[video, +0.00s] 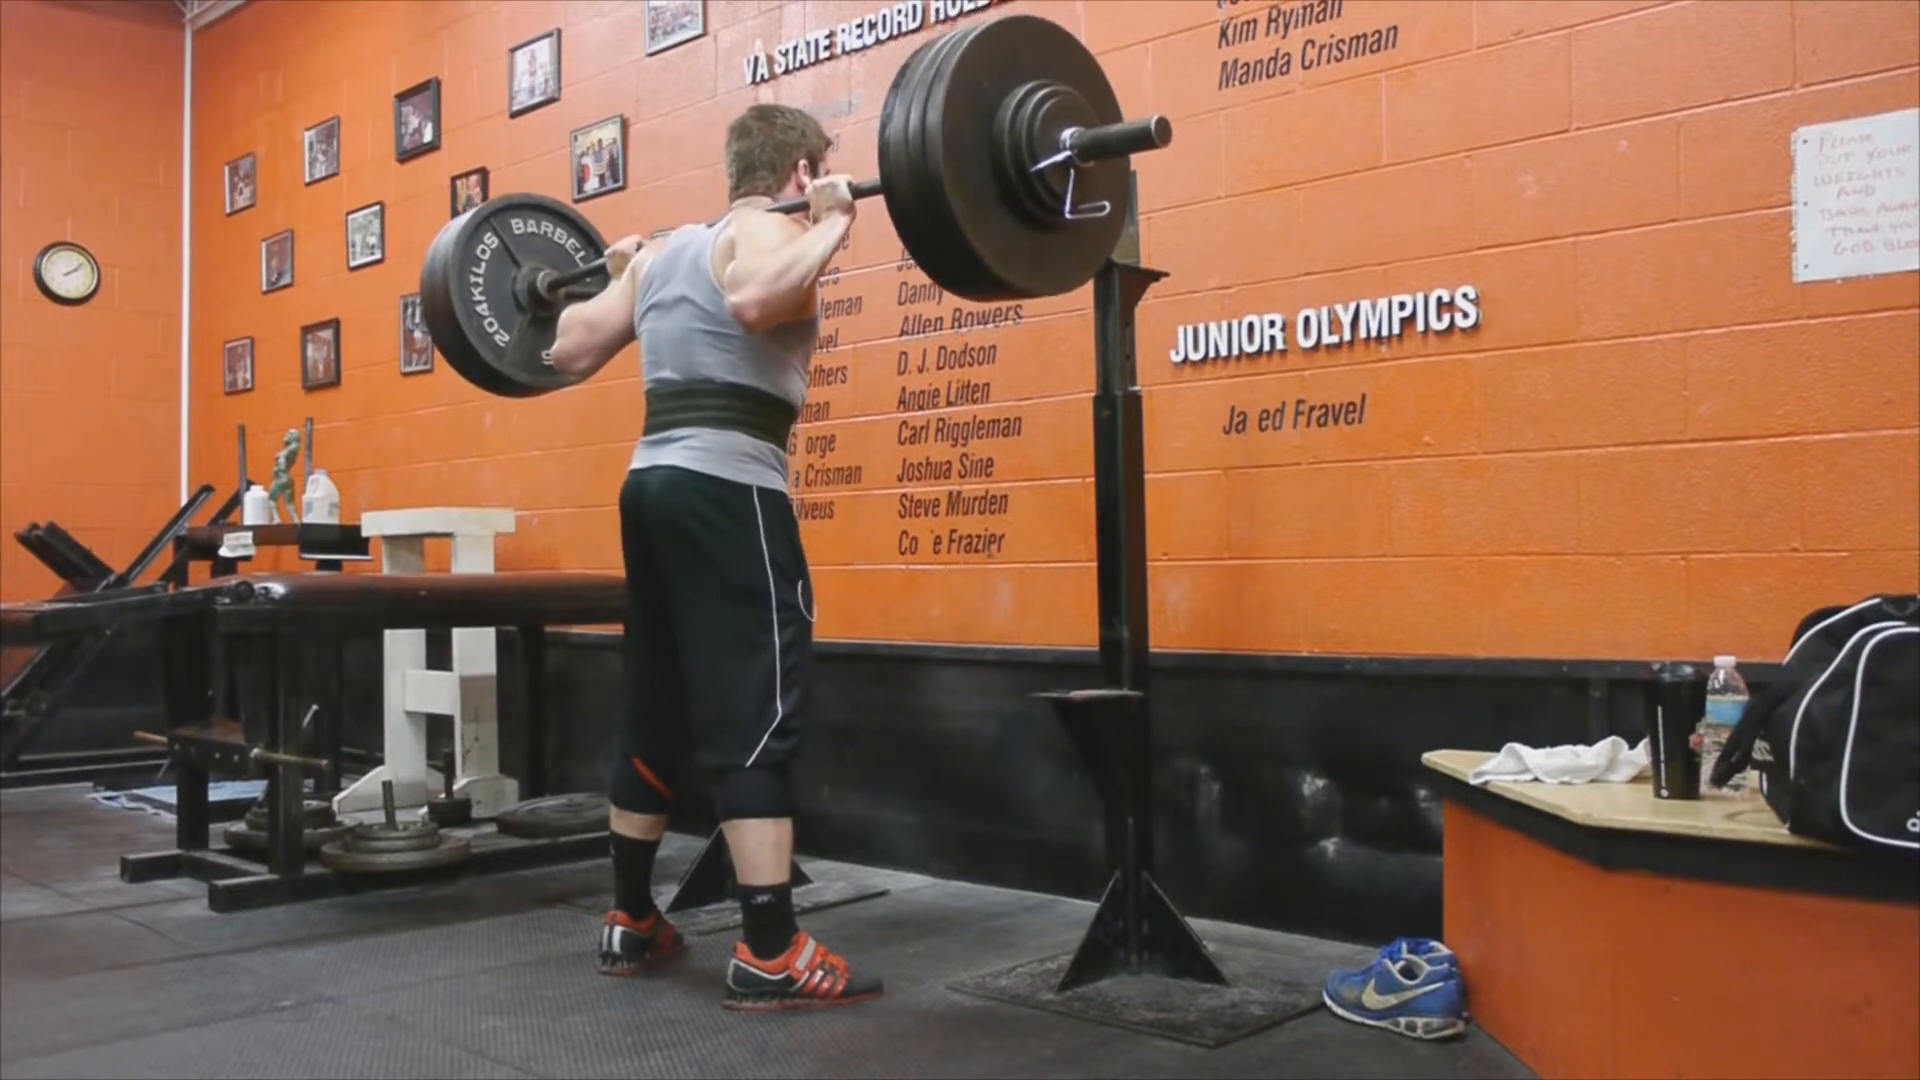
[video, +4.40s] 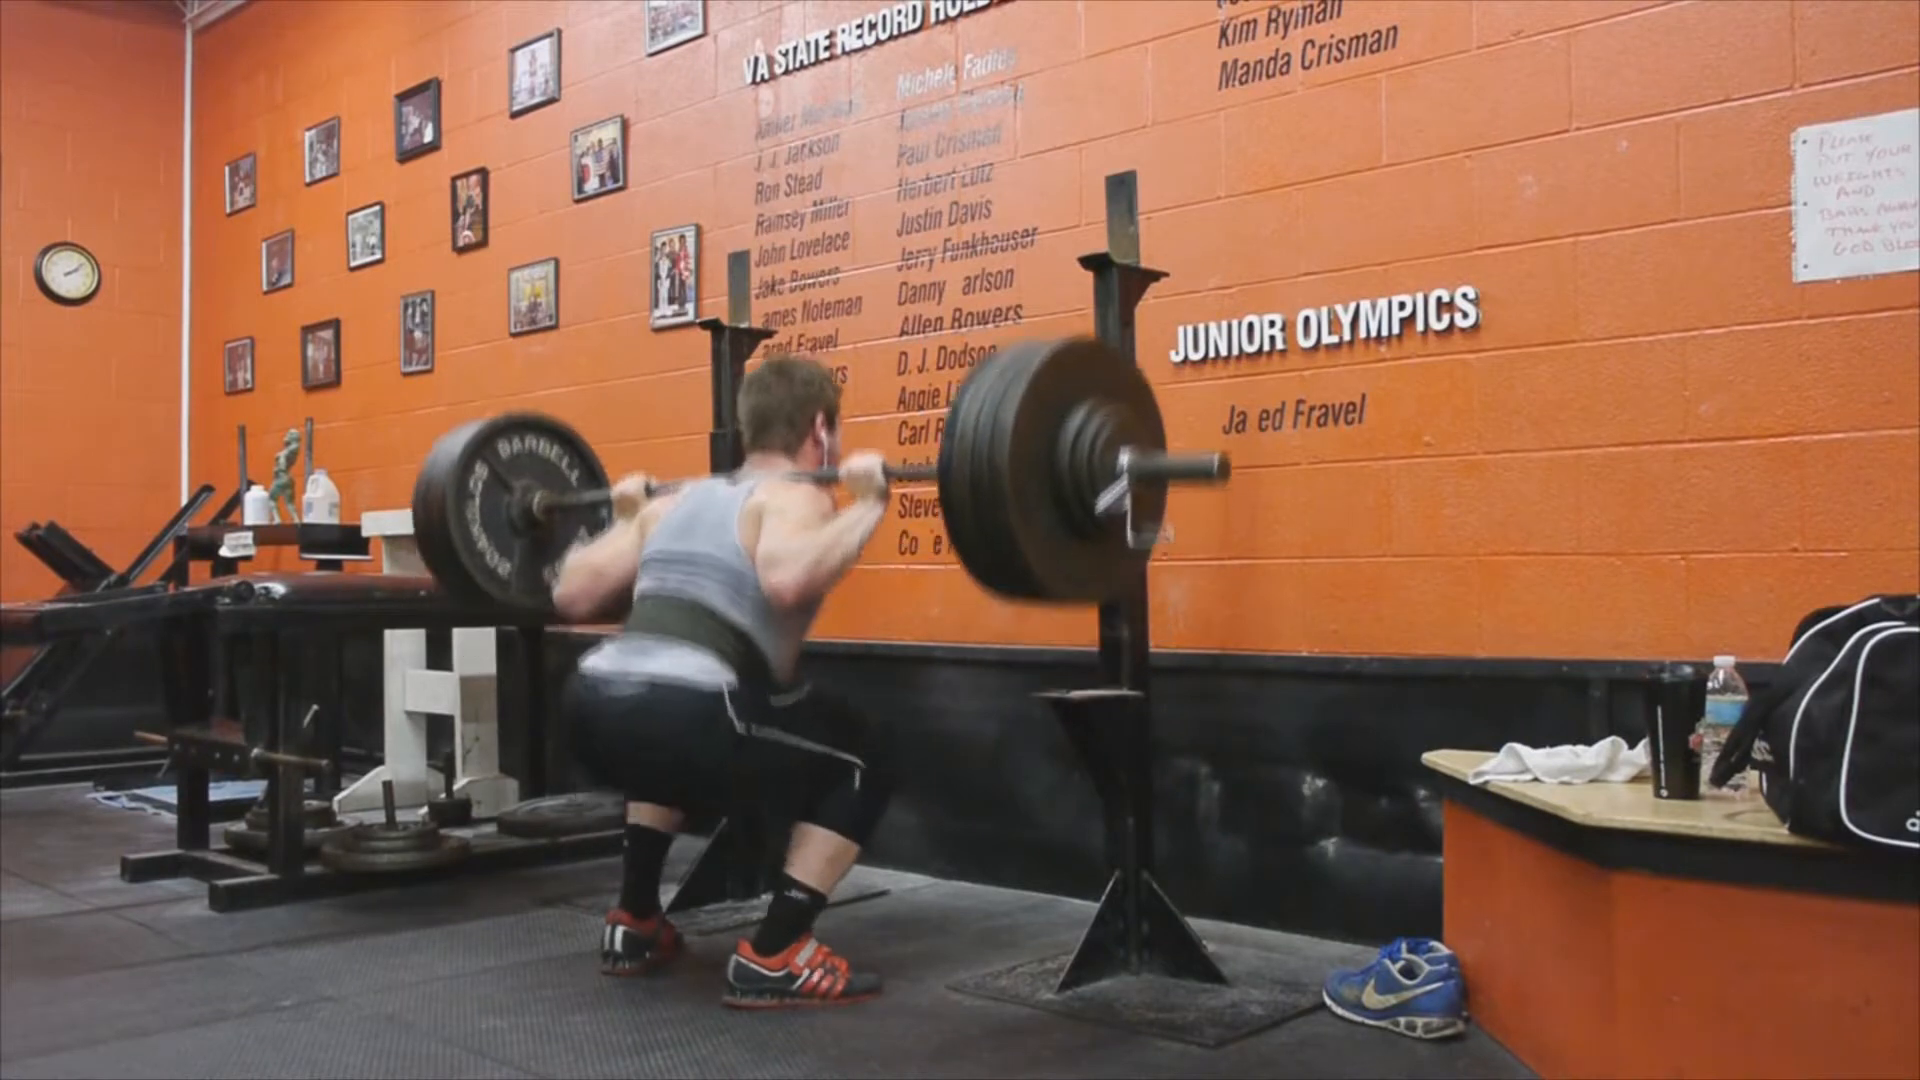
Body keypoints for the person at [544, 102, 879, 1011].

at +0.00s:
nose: (825, 191)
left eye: (825, 175)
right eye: (823, 175)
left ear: (736, 174)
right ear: (799, 170)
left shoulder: (664, 253)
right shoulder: (772, 226)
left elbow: (566, 350)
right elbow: (752, 300)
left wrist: (611, 274)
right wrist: (833, 226)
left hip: (652, 485)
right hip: (728, 486)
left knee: (658, 709)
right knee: (755, 714)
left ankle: (631, 920)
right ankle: (770, 947)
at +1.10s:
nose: (826, 285)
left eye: (825, 272)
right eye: (825, 272)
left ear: (739, 272)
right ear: (806, 271)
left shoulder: (670, 344)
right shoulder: (779, 332)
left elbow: (574, 444)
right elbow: (767, 407)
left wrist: (621, 363)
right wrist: (846, 333)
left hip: (602, 565)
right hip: (689, 571)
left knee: (660, 722)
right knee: (834, 734)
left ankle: (632, 921)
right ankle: (775, 948)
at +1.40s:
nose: (833, 377)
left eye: (831, 363)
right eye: (831, 362)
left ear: (744, 365)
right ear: (811, 366)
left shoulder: (680, 438)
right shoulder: (787, 428)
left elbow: (586, 548)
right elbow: (781, 522)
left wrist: (636, 460)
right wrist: (857, 442)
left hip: (596, 654)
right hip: (686, 663)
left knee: (668, 745)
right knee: (855, 766)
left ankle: (633, 920)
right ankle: (776, 951)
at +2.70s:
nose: (825, 265)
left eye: (823, 252)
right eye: (824, 253)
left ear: (739, 254)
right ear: (805, 251)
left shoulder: (668, 326)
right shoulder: (783, 316)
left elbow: (569, 419)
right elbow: (771, 387)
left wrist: (617, 345)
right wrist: (851, 315)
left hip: (599, 536)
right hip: (688, 543)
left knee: (666, 712)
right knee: (811, 717)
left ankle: (633, 919)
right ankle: (775, 947)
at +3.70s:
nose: (835, 373)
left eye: (837, 361)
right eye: (834, 360)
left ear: (744, 363)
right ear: (815, 363)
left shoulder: (675, 434)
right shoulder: (789, 427)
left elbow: (579, 540)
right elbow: (790, 515)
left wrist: (625, 454)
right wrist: (864, 440)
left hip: (594, 642)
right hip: (687, 654)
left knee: (665, 735)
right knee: (853, 750)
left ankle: (634, 920)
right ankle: (776, 949)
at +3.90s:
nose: (833, 451)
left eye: (833, 436)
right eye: (831, 436)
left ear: (743, 442)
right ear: (813, 443)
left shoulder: (675, 515)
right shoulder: (792, 516)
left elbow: (587, 621)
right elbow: (796, 610)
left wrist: (627, 533)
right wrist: (868, 525)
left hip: (599, 736)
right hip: (696, 749)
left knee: (675, 751)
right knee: (870, 782)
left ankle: (634, 918)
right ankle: (776, 951)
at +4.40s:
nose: (837, 443)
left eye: (835, 428)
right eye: (835, 428)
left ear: (746, 432)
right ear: (817, 432)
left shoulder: (674, 503)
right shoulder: (798, 498)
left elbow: (574, 594)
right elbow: (786, 582)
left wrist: (626, 516)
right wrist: (867, 505)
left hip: (600, 713)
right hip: (698, 721)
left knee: (674, 751)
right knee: (860, 768)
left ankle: (634, 917)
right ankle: (775, 950)